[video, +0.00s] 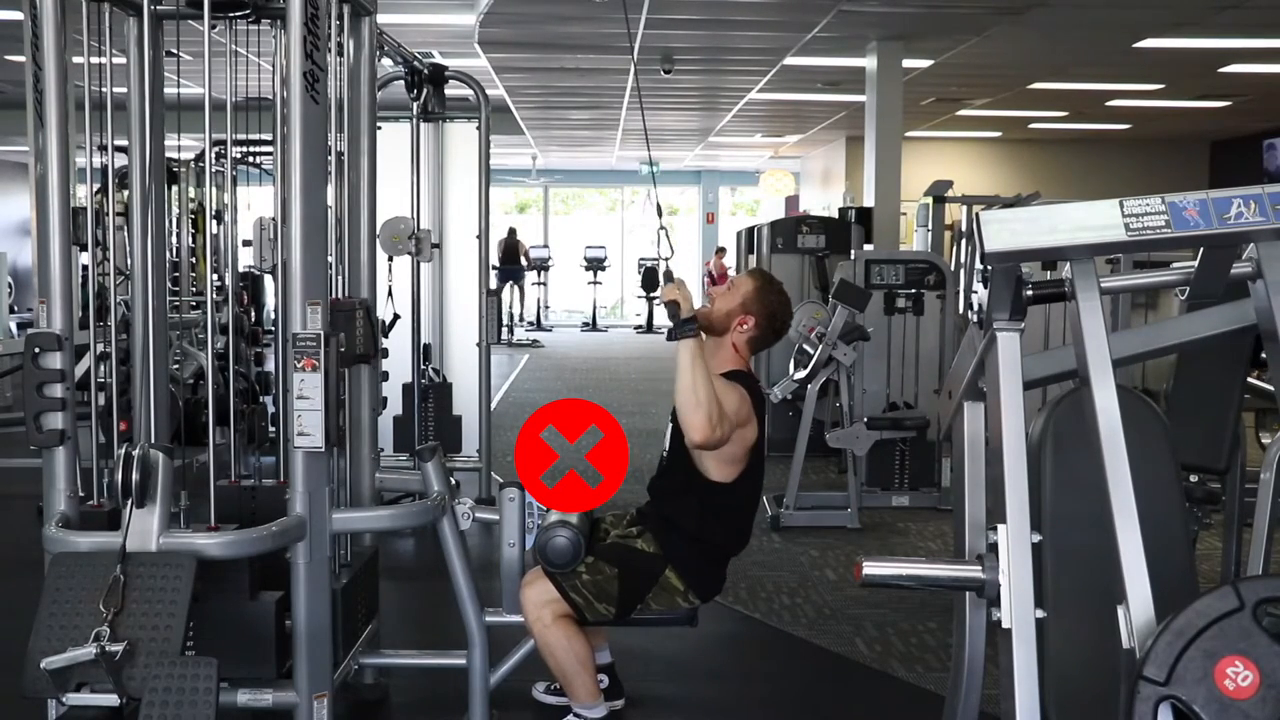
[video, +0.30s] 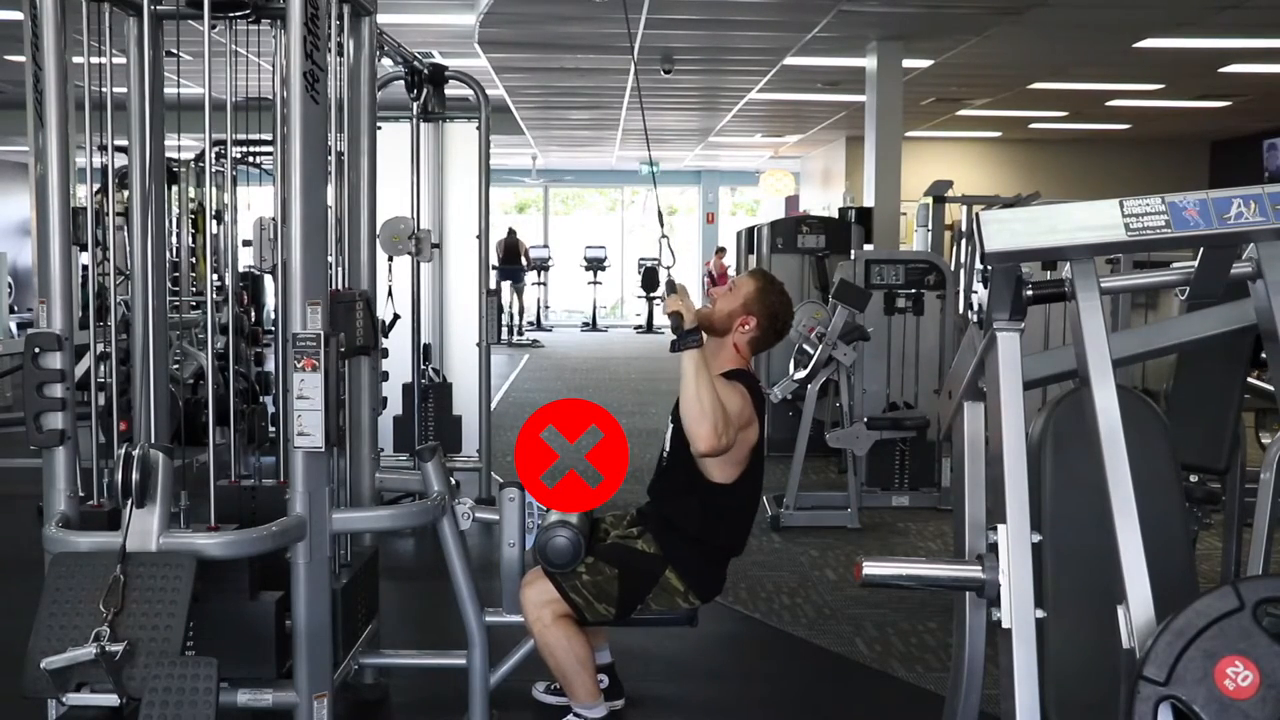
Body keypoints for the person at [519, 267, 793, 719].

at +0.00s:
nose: (716, 287)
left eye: (729, 288)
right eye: (726, 282)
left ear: (742, 325)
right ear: (743, 327)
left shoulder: (735, 391)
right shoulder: (720, 368)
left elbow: (704, 430)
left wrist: (687, 325)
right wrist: (721, 286)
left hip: (680, 559)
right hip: (660, 529)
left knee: (539, 594)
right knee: (555, 545)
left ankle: (590, 712)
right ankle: (596, 675)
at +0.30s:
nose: (717, 289)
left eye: (730, 289)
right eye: (727, 283)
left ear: (743, 325)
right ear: (745, 328)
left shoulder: (736, 391)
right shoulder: (720, 371)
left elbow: (709, 439)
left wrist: (689, 335)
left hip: (680, 560)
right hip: (660, 530)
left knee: (539, 593)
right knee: (556, 544)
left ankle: (590, 712)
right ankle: (596, 675)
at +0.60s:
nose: (716, 285)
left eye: (728, 285)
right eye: (725, 279)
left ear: (742, 322)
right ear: (743, 326)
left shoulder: (734, 391)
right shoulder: (720, 364)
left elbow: (702, 396)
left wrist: (680, 284)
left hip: (679, 563)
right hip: (658, 528)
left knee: (538, 595)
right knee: (555, 540)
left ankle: (589, 711)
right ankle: (595, 672)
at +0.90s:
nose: (711, 279)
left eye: (723, 279)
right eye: (721, 274)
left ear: (738, 316)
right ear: (738, 320)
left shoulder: (717, 379)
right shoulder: (711, 360)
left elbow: (683, 332)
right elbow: (688, 322)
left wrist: (665, 225)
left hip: (676, 563)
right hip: (654, 530)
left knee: (536, 596)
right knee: (552, 549)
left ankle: (589, 709)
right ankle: (595, 672)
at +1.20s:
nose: (704, 270)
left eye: (718, 271)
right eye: (716, 264)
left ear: (730, 310)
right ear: (731, 313)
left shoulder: (703, 363)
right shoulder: (700, 350)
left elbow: (668, 280)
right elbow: (668, 277)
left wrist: (655, 180)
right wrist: (652, 185)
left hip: (674, 560)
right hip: (656, 536)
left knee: (535, 598)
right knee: (548, 551)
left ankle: (589, 710)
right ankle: (593, 672)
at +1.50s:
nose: (704, 263)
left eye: (716, 265)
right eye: (715, 257)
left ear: (724, 304)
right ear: (727, 309)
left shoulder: (693, 350)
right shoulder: (699, 346)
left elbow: (661, 258)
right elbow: (662, 259)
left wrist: (648, 155)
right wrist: (648, 164)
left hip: (670, 555)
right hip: (661, 536)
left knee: (534, 595)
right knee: (549, 550)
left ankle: (590, 710)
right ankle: (593, 670)